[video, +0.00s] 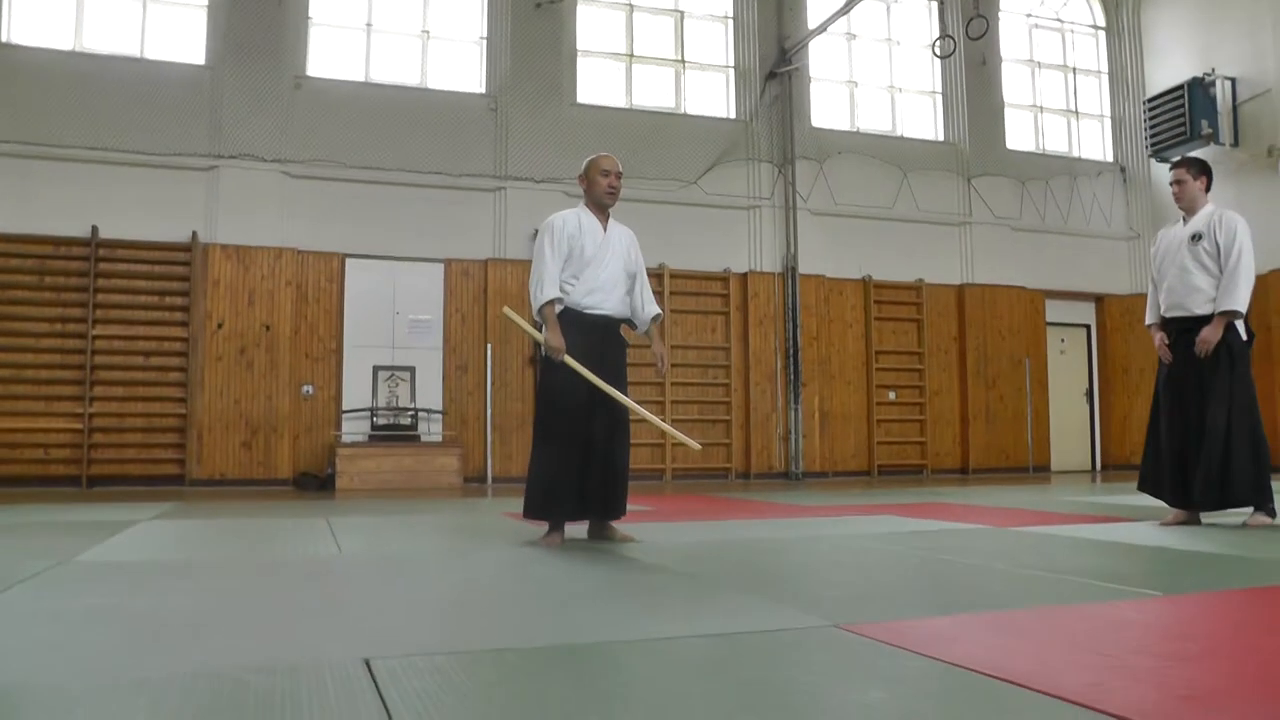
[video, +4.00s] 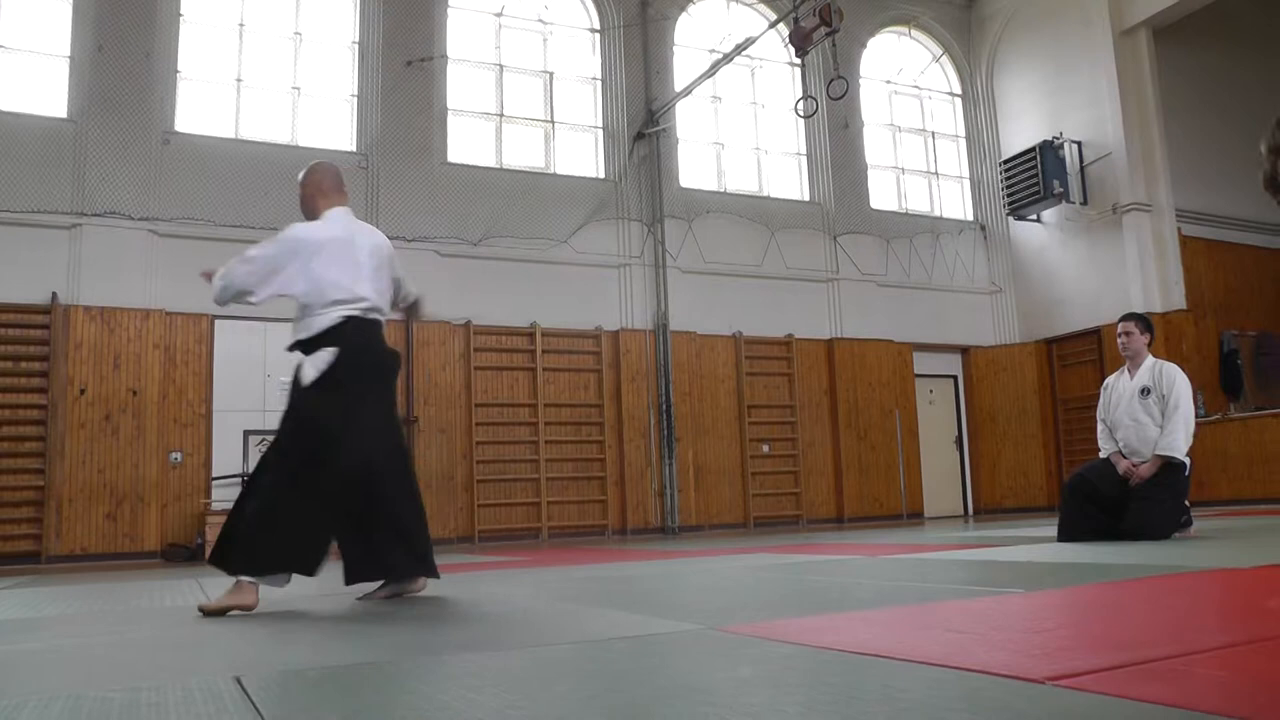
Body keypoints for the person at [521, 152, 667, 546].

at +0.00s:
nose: (614, 182)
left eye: (618, 177)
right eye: (605, 175)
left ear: (621, 186)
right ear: (584, 181)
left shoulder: (626, 236)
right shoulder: (561, 223)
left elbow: (641, 293)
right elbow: (545, 278)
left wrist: (656, 339)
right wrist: (552, 327)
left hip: (610, 337)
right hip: (569, 333)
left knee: (609, 426)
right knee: (562, 425)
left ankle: (600, 522)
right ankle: (556, 526)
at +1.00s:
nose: (555, 238)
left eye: (562, 232)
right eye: (547, 230)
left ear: (569, 240)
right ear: (530, 235)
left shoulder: (570, 289)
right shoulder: (511, 275)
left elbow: (589, 339)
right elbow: (529, 327)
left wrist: (608, 372)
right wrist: (573, 354)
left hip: (555, 390)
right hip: (516, 390)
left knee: (561, 480)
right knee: (516, 480)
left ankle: (557, 575)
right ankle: (521, 577)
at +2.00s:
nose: (426, 238)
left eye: (435, 229)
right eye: (422, 231)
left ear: (459, 230)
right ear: (420, 234)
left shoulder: (462, 272)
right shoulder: (449, 264)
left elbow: (402, 302)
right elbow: (413, 262)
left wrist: (330, 307)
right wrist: (380, 255)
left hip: (464, 392)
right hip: (469, 388)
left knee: (419, 485)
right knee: (471, 487)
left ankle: (419, 587)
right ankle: (480, 577)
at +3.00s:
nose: (499, 214)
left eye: (504, 208)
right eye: (489, 207)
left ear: (509, 218)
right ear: (468, 215)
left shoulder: (510, 273)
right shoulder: (453, 255)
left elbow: (532, 323)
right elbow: (496, 297)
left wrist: (584, 328)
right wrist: (553, 301)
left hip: (503, 382)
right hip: (464, 381)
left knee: (517, 477)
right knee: (460, 478)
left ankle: (527, 574)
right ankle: (453, 570)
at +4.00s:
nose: (301, 203)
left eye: (302, 196)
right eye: (302, 196)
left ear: (311, 194)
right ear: (343, 193)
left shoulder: (301, 236)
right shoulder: (376, 239)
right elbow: (400, 291)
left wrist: (221, 281)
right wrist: (411, 301)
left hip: (330, 357)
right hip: (374, 356)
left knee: (286, 464)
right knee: (379, 460)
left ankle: (245, 582)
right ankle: (407, 570)